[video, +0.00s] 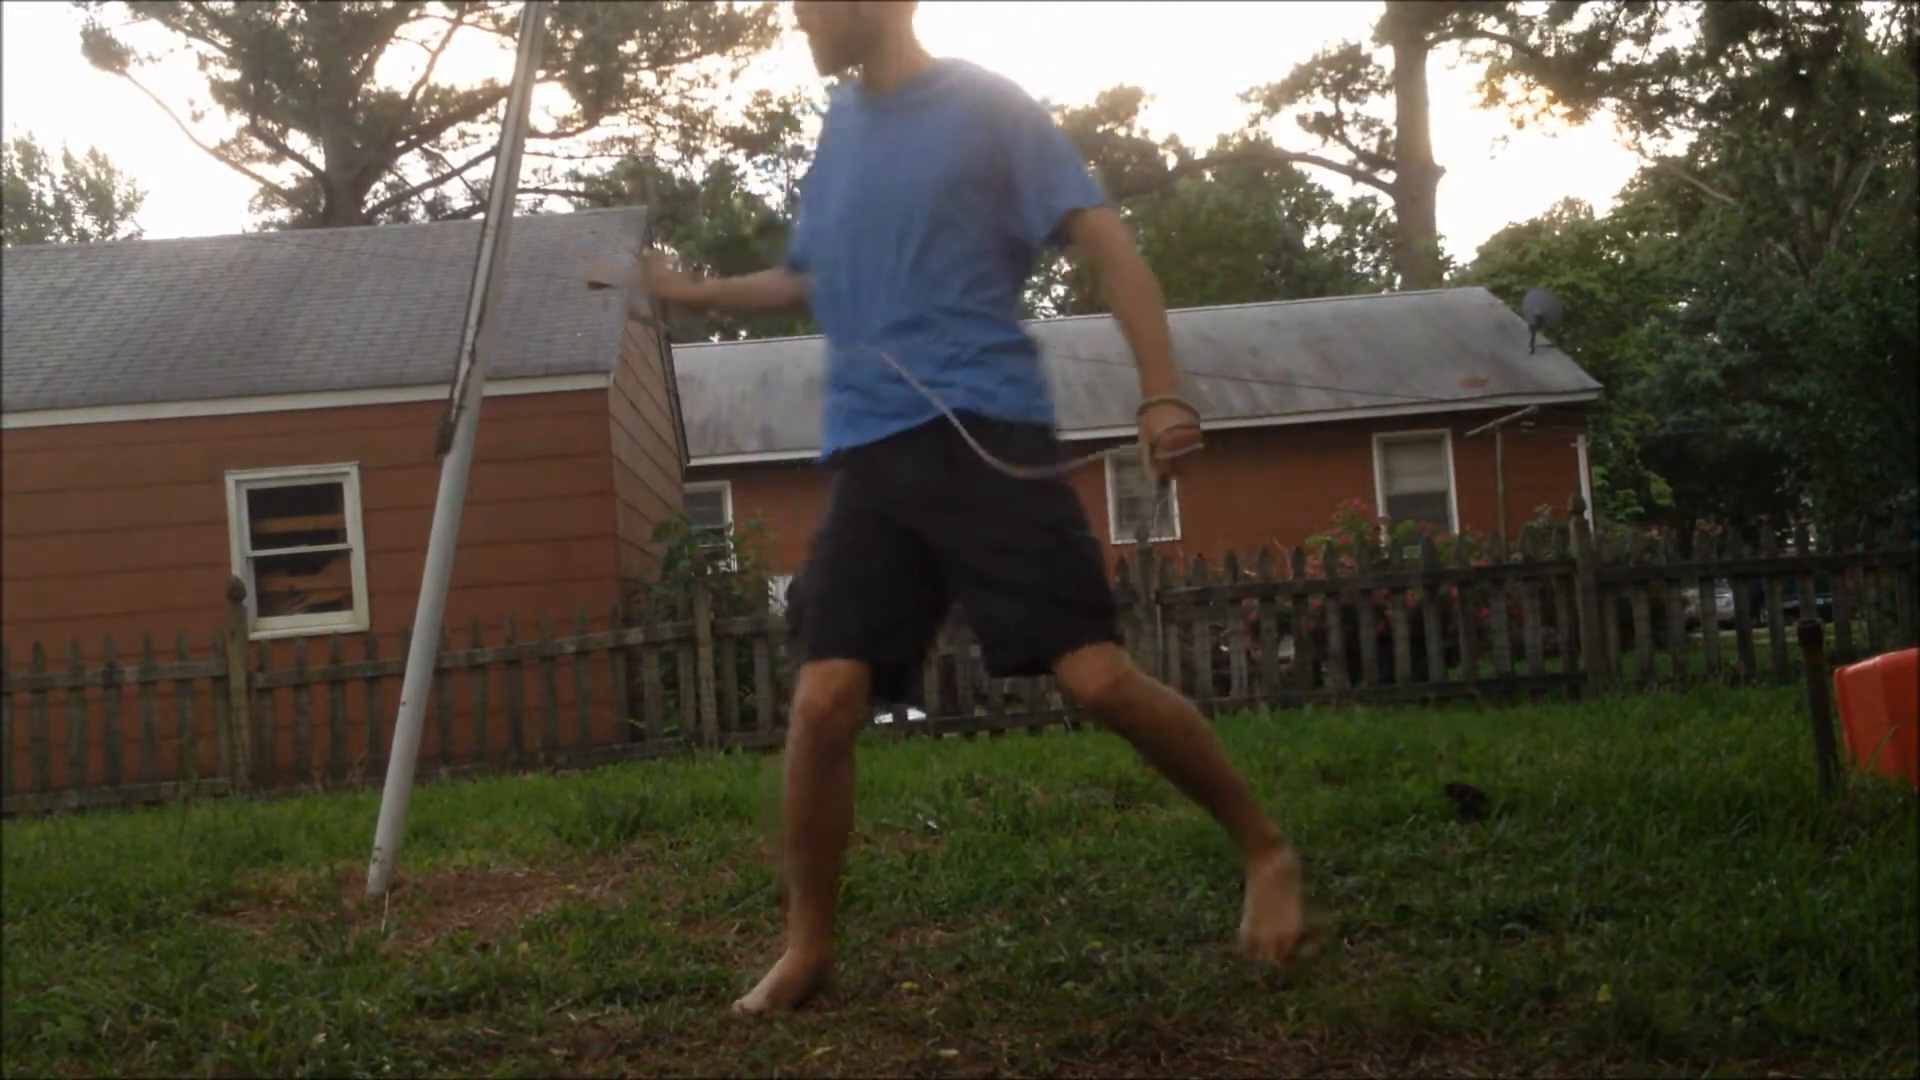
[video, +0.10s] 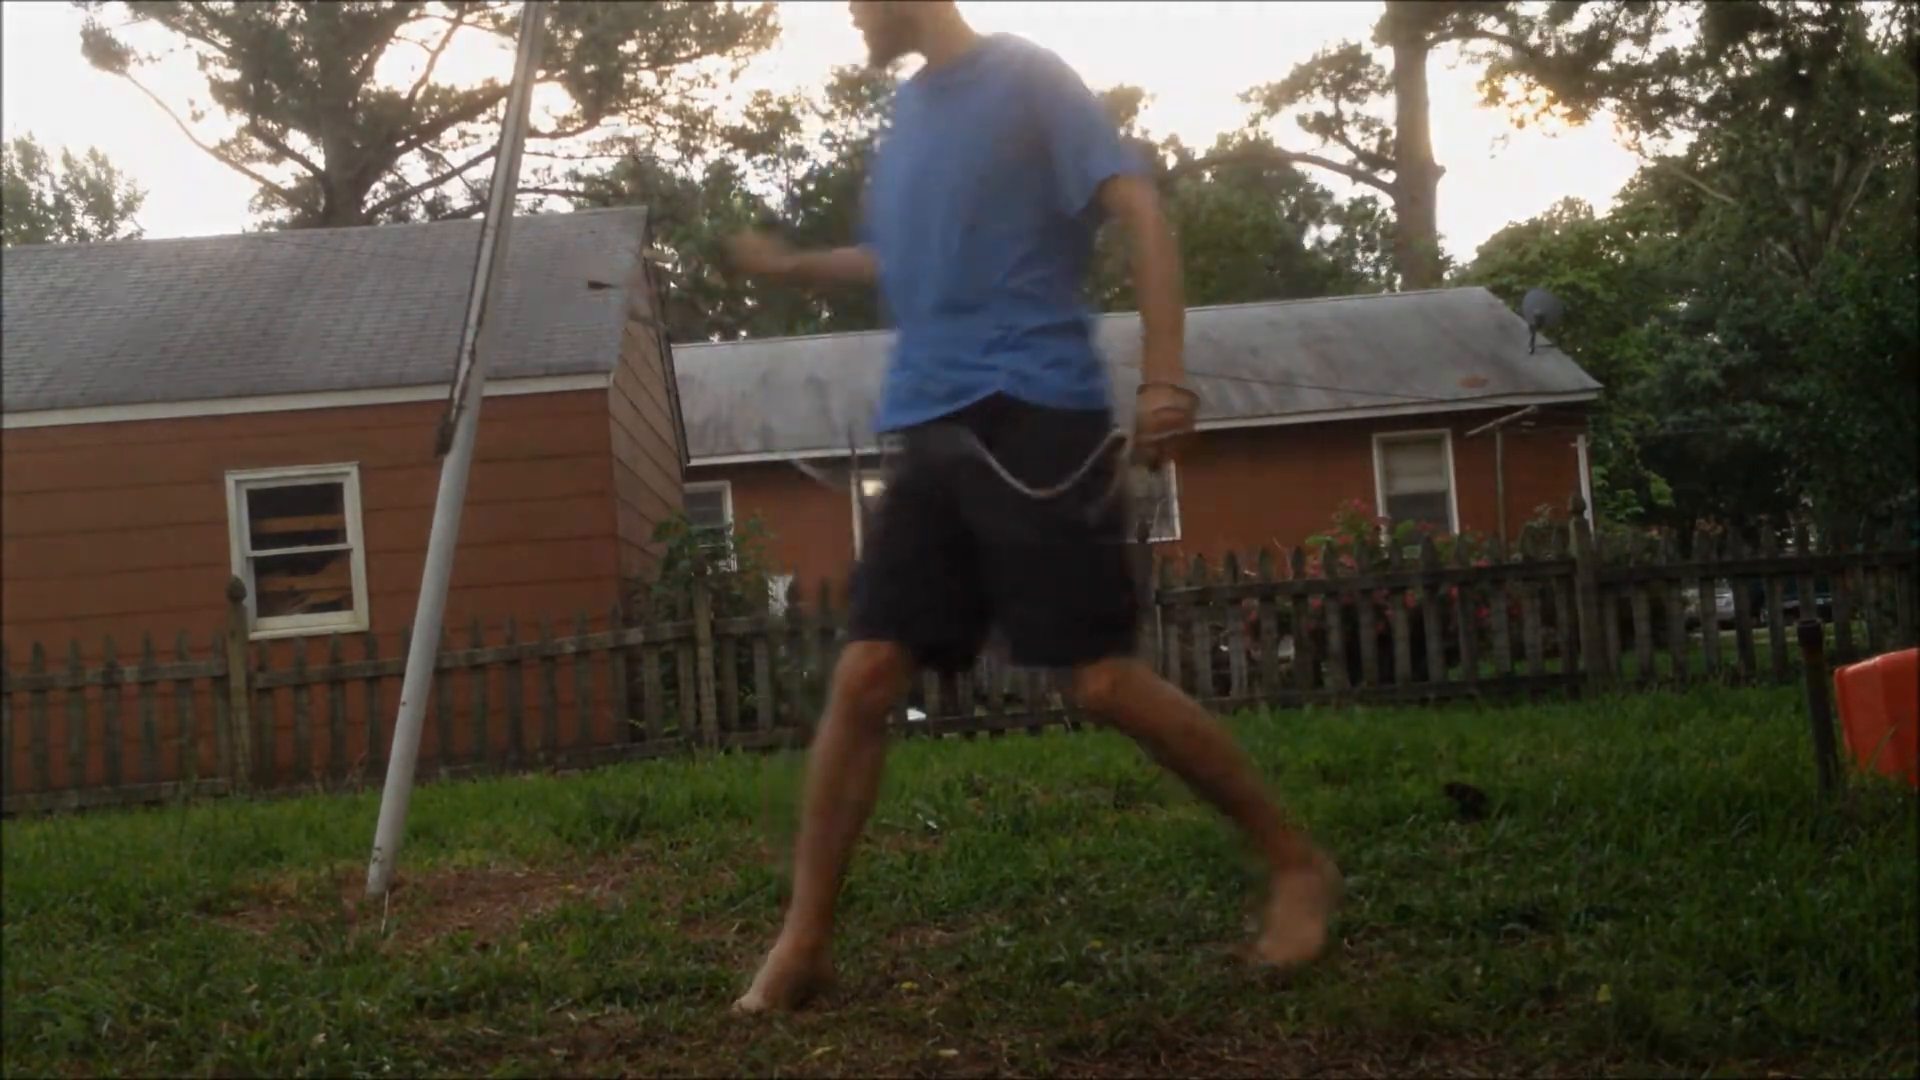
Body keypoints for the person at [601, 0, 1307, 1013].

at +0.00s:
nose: (797, 18)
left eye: (809, 1)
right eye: (796, 5)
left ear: (875, 2)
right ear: (858, 14)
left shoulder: (989, 105)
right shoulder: (840, 127)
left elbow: (1106, 238)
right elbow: (810, 281)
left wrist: (1161, 391)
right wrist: (684, 290)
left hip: (987, 439)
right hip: (869, 457)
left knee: (1097, 681)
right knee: (822, 701)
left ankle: (1264, 848)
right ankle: (806, 949)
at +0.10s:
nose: (852, 14)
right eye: (851, 4)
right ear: (896, 7)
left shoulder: (1023, 72)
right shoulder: (900, 122)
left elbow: (1141, 204)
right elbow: (901, 268)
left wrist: (1164, 375)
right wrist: (788, 260)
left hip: (1044, 419)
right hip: (932, 434)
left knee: (1103, 680)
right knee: (863, 681)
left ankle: (1297, 862)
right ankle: (801, 942)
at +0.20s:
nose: (921, 8)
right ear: (967, 1)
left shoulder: (1068, 54)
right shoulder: (991, 101)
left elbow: (1165, 184)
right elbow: (999, 245)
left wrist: (1151, 377)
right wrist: (884, 235)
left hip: (1092, 421)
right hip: (1002, 431)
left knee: (1145, 668)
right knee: (918, 653)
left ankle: (1321, 878)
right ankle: (833, 911)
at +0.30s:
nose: (983, 8)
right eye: (982, 2)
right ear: (1022, 2)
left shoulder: (1109, 48)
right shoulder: (1059, 76)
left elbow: (1165, 197)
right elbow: (1065, 217)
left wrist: (1125, 371)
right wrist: (968, 216)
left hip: (1142, 400)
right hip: (1063, 403)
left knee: (1162, 660)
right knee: (967, 635)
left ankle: (1322, 884)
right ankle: (959, 894)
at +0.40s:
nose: (1019, 6)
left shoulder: (1137, 51)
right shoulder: (1105, 69)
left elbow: (1172, 201)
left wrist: (1109, 363)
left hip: (1174, 403)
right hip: (1115, 405)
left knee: (1177, 654)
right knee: (1021, 637)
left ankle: (1323, 887)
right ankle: (1101, 872)